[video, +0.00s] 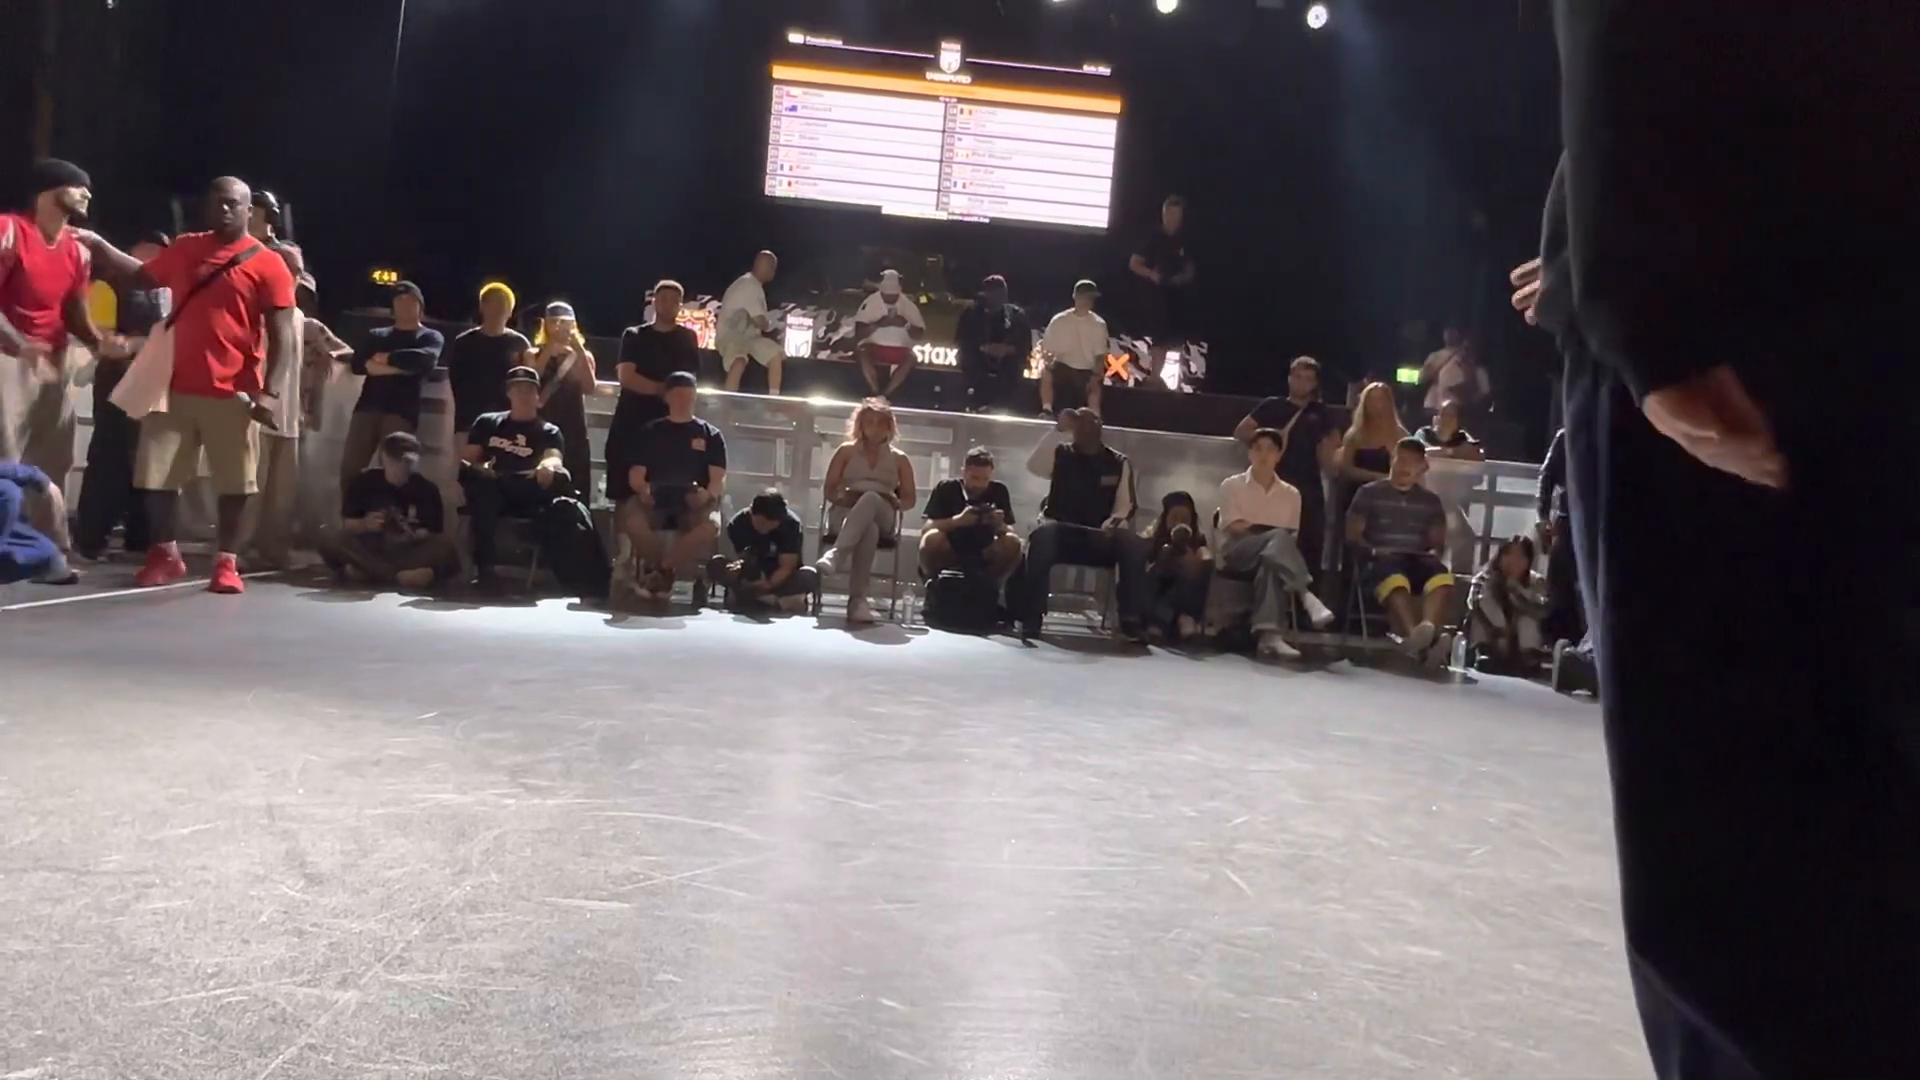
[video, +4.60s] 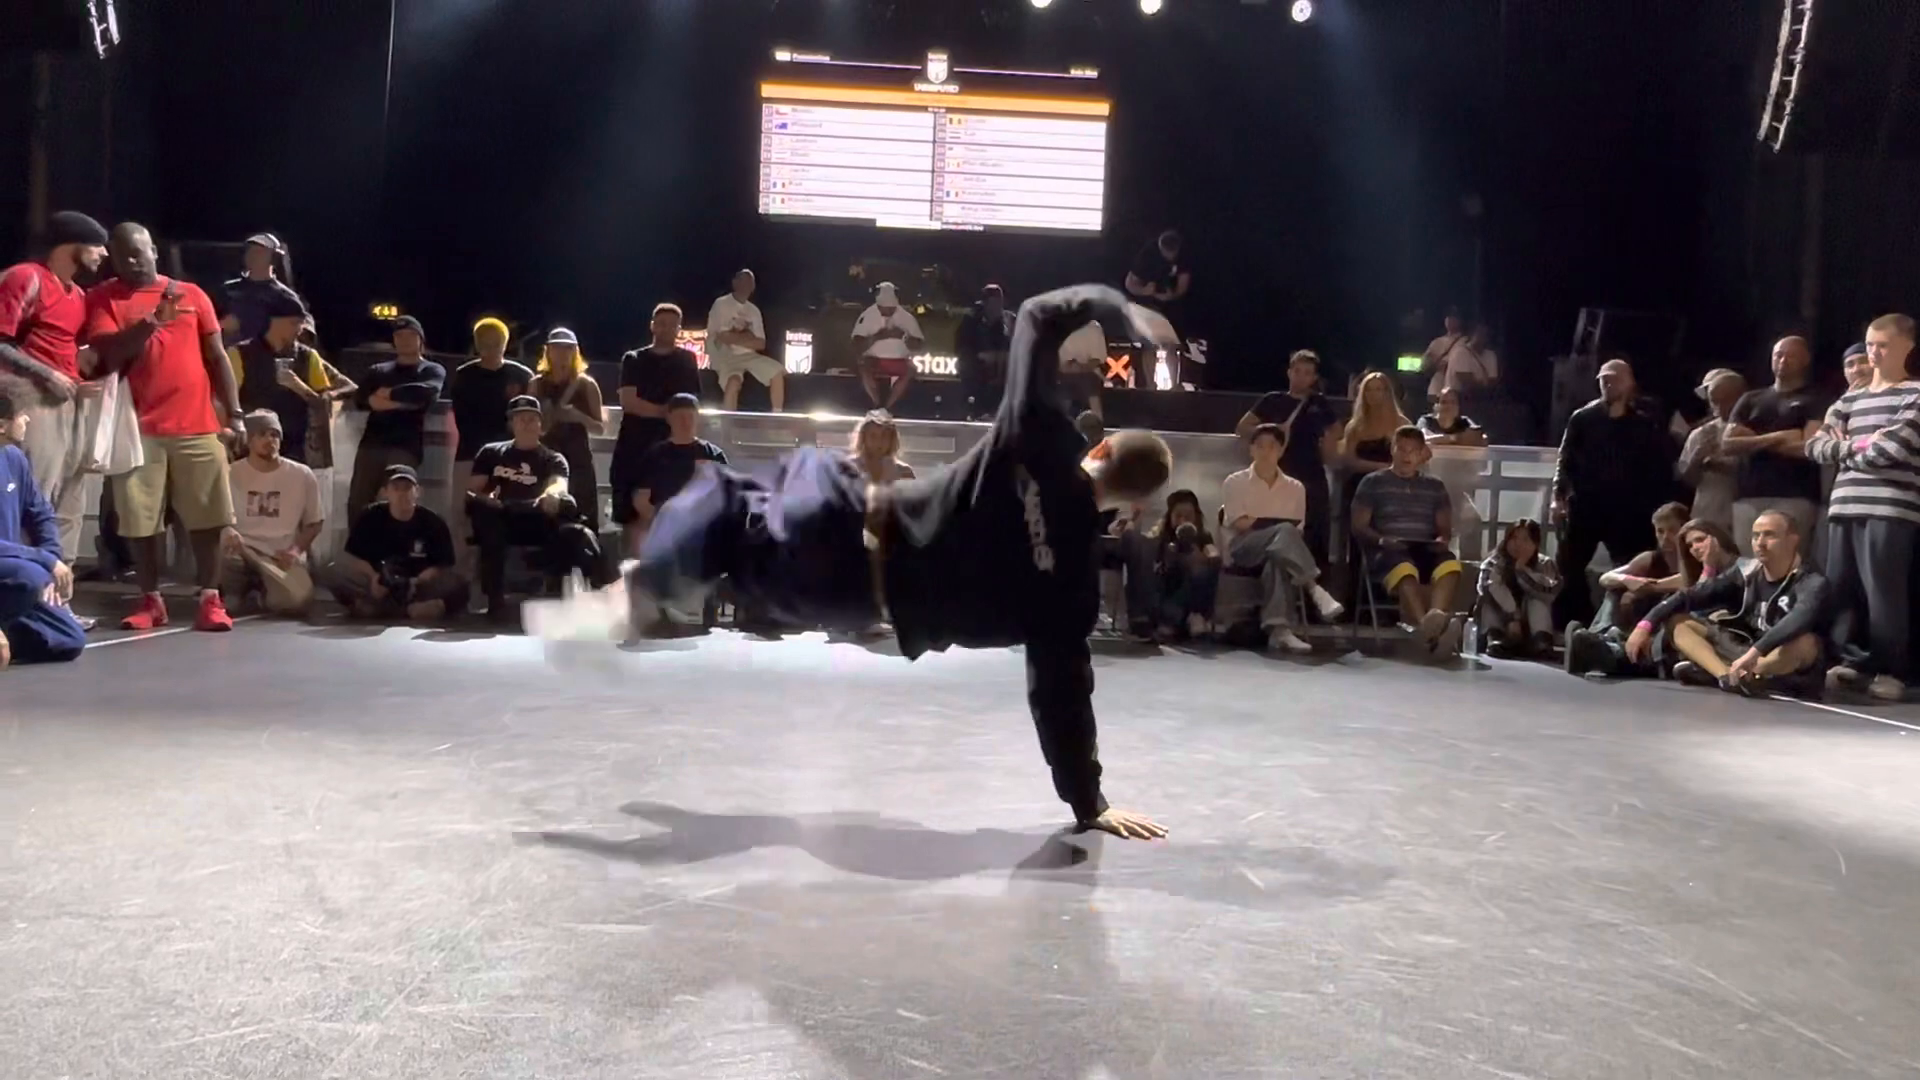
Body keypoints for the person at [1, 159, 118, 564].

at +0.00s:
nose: (87, 194)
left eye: (86, 188)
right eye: (79, 187)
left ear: (66, 196)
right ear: (51, 191)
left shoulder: (77, 250)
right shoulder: (11, 230)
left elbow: (73, 308)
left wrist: (96, 340)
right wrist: (19, 343)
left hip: (57, 362)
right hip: (12, 358)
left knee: (55, 458)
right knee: (8, 451)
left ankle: (53, 549)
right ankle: (9, 546)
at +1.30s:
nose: (88, 256)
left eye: (92, 249)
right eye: (85, 246)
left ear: (69, 238)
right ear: (62, 233)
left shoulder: (68, 279)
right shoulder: (14, 256)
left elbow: (56, 335)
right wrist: (4, 361)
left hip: (43, 384)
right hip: (10, 383)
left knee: (35, 487)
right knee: (7, 486)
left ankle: (19, 582)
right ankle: (4, 584)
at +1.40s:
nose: (83, 263)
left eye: (88, 257)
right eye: (80, 252)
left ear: (70, 247)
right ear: (59, 239)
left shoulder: (68, 289)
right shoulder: (15, 262)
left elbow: (60, 340)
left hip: (43, 390)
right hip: (9, 388)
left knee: (37, 493)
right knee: (6, 492)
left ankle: (20, 587)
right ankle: (3, 589)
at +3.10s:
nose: (76, 270)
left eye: (75, 263)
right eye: (69, 264)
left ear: (53, 267)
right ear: (45, 265)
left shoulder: (60, 315)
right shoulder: (7, 301)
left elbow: (60, 366)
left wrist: (60, 408)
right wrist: (7, 397)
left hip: (51, 425)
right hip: (12, 427)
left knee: (48, 525)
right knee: (10, 521)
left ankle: (36, 623)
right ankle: (8, 620)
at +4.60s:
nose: (103, 254)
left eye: (103, 247)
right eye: (96, 246)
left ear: (77, 248)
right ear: (72, 244)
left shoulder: (79, 296)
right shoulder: (25, 278)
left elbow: (66, 352)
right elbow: (4, 342)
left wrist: (88, 367)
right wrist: (50, 375)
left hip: (71, 401)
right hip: (32, 403)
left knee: (70, 499)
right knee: (34, 496)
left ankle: (58, 592)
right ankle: (29, 588)